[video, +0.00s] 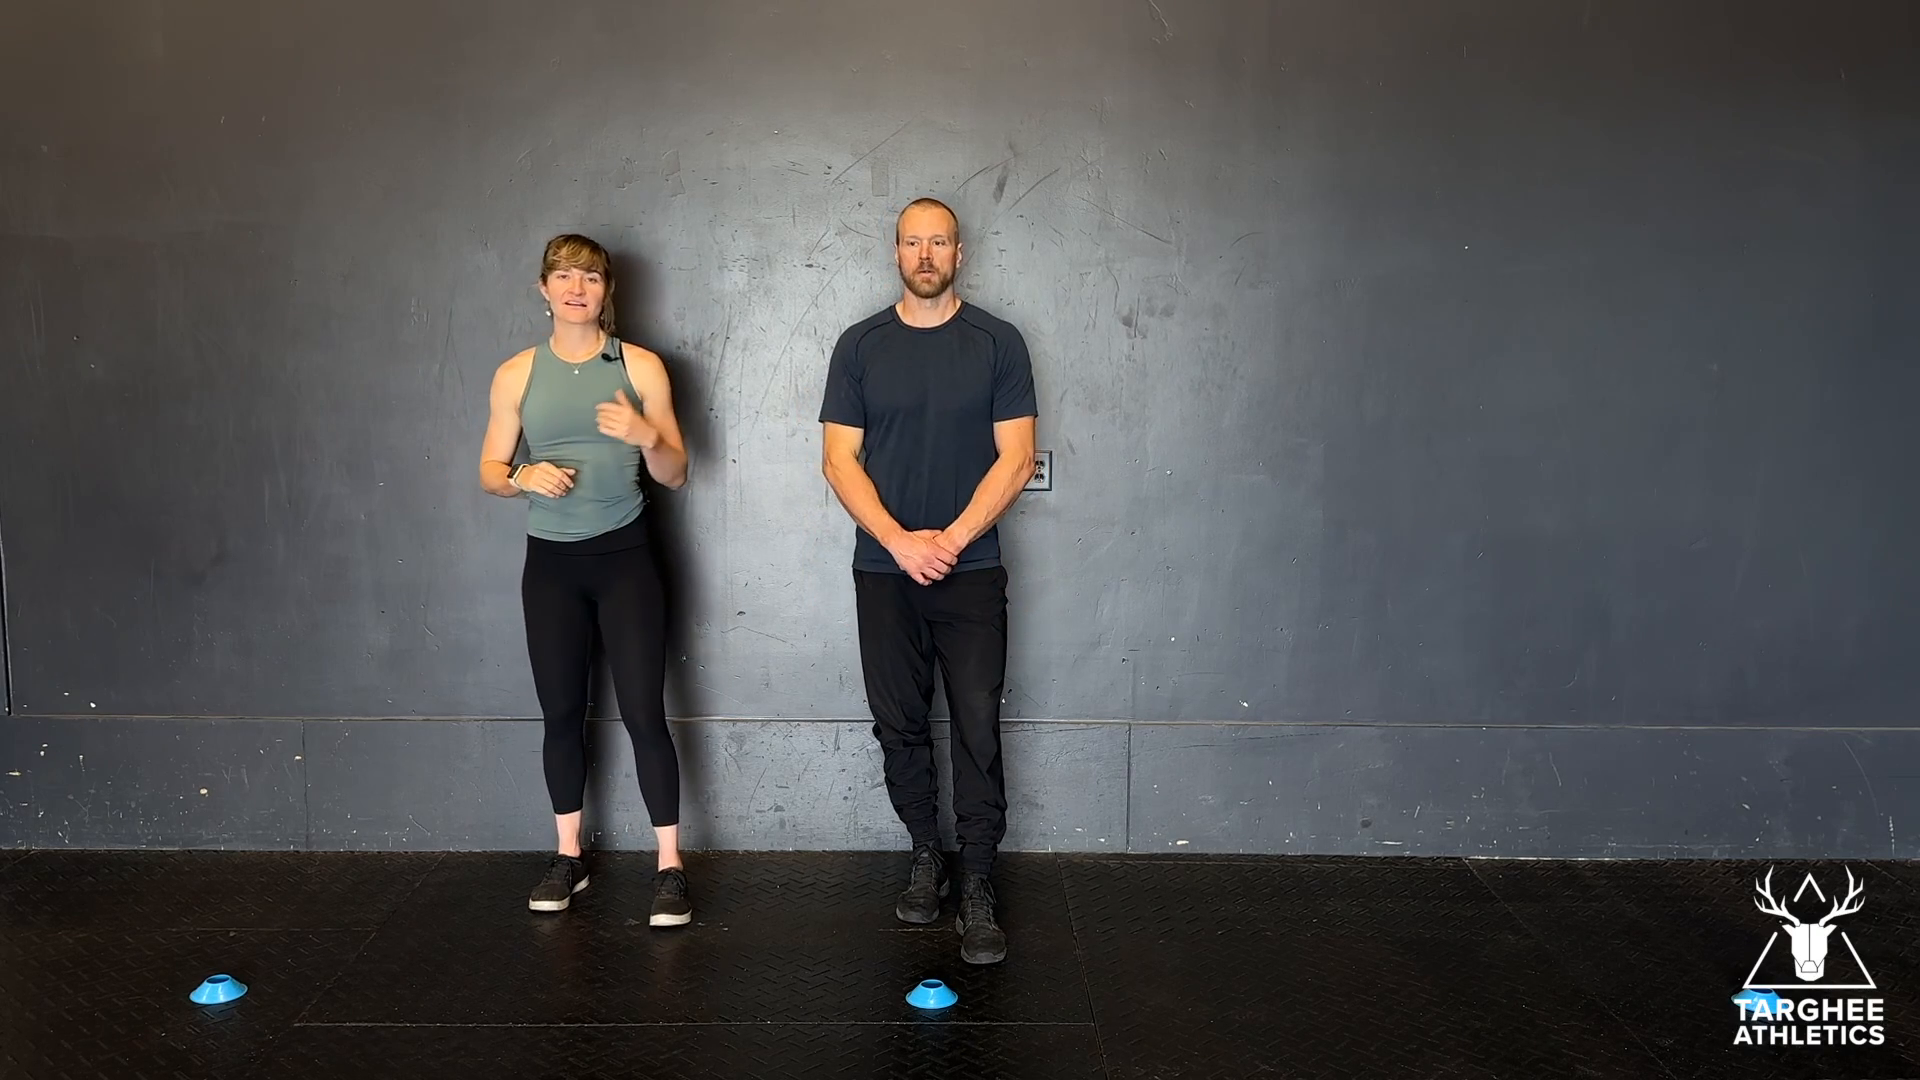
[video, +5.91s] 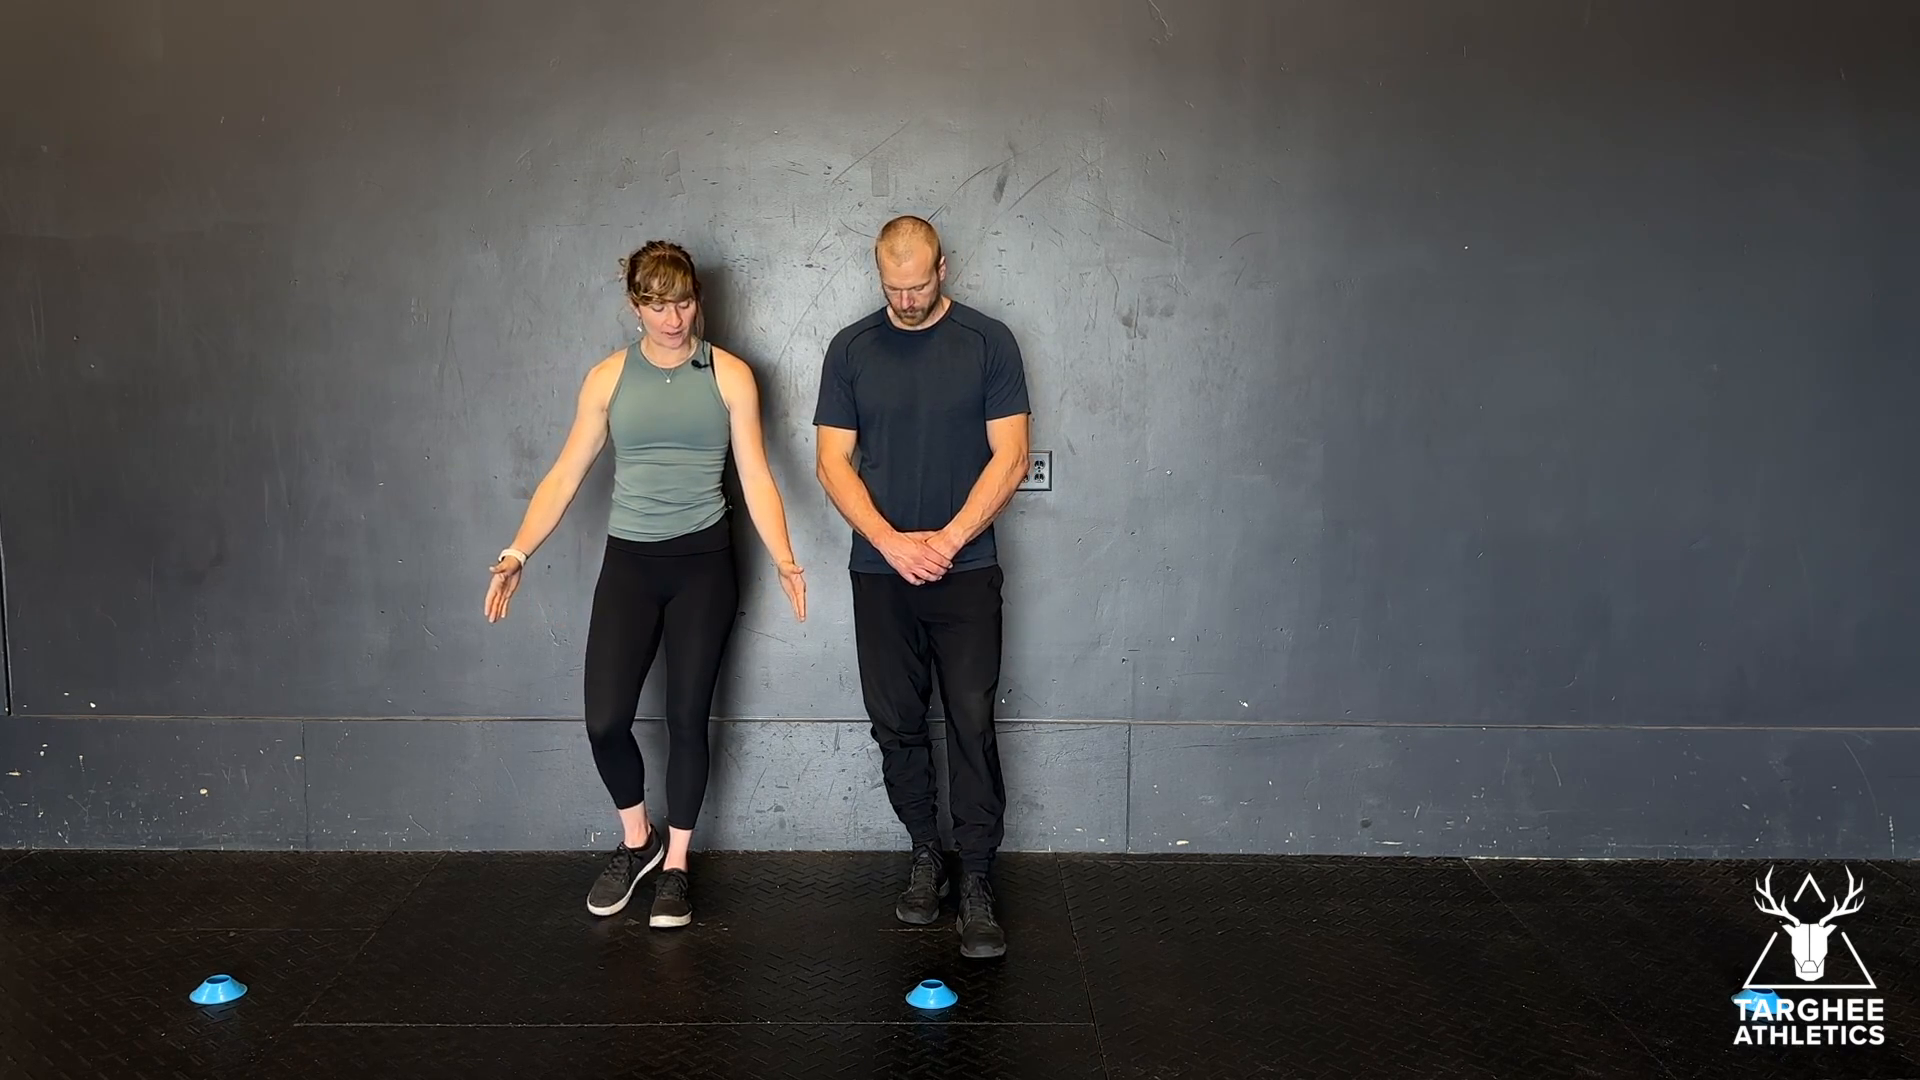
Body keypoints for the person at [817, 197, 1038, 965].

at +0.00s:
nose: (926, 253)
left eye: (938, 242)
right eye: (914, 241)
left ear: (958, 253)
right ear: (895, 252)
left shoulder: (997, 343)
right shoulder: (858, 346)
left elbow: (1018, 461)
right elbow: (838, 461)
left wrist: (947, 541)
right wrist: (897, 539)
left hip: (971, 569)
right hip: (886, 570)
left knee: (977, 731)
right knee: (901, 727)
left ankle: (979, 884)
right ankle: (929, 861)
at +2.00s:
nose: (923, 256)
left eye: (936, 244)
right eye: (911, 244)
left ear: (953, 255)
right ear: (891, 253)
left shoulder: (992, 342)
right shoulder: (855, 347)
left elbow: (1015, 460)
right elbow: (835, 462)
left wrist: (950, 542)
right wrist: (894, 539)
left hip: (968, 568)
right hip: (883, 568)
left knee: (974, 729)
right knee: (899, 726)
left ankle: (978, 884)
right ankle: (930, 857)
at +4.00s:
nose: (934, 295)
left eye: (945, 283)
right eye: (923, 283)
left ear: (957, 271)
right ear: (897, 270)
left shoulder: (993, 344)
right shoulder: (856, 348)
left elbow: (1016, 461)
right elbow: (837, 466)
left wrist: (955, 542)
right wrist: (898, 541)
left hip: (970, 568)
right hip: (886, 570)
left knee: (975, 718)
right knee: (900, 723)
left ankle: (977, 876)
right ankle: (927, 856)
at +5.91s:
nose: (906, 299)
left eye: (917, 286)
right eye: (894, 287)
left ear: (940, 271)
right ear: (877, 276)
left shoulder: (987, 342)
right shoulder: (851, 349)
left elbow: (1011, 459)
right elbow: (831, 463)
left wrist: (948, 538)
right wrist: (888, 539)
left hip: (965, 570)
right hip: (882, 571)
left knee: (971, 725)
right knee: (897, 725)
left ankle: (977, 881)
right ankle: (929, 856)